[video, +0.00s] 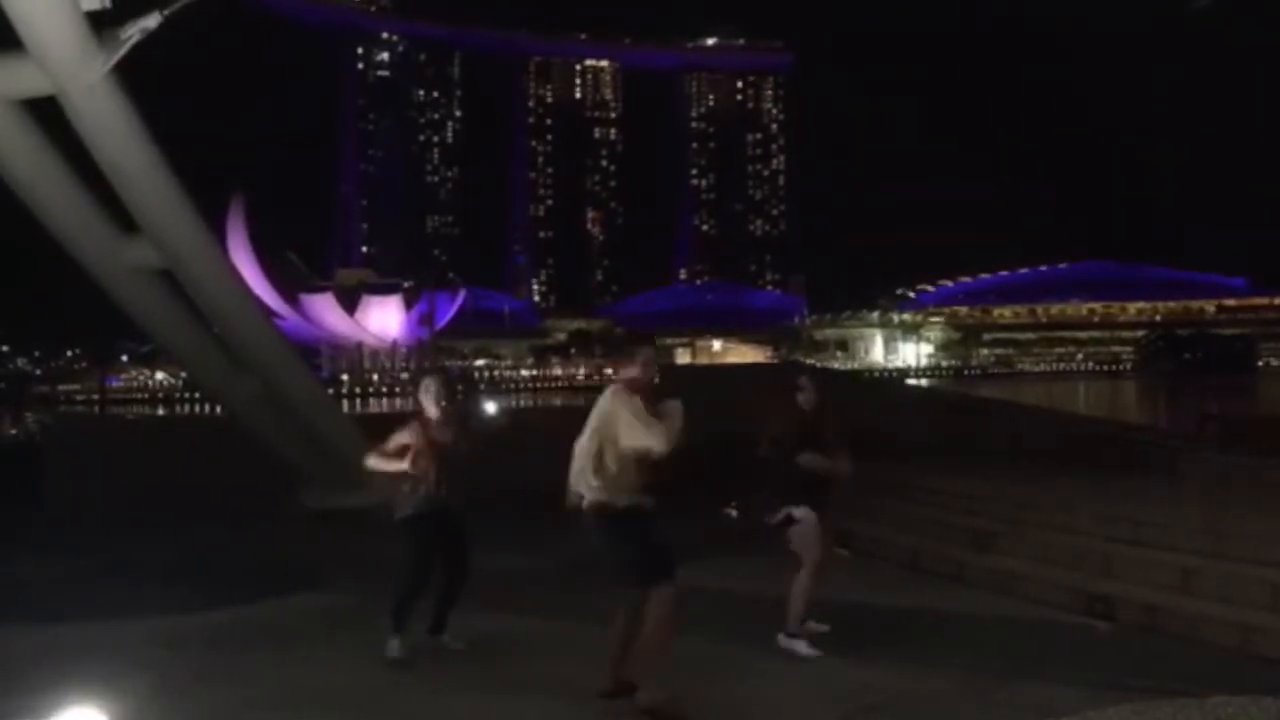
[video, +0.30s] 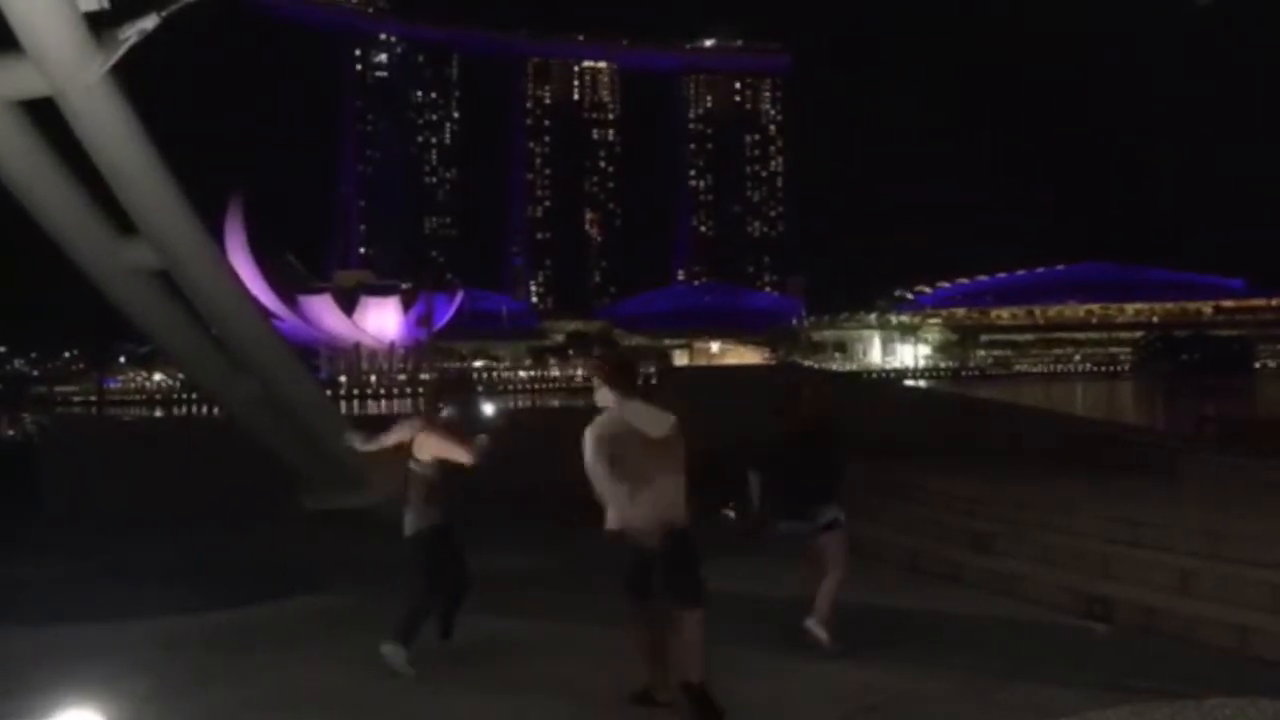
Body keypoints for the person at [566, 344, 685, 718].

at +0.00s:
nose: (650, 373)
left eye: (652, 366)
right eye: (643, 365)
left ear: (653, 371)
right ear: (625, 368)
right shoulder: (618, 399)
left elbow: (583, 447)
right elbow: (656, 444)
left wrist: (585, 489)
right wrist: (672, 413)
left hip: (629, 508)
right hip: (616, 510)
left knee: (636, 592)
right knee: (662, 586)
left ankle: (618, 677)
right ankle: (641, 679)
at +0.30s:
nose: (598, 390)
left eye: (599, 384)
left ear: (604, 387)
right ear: (636, 382)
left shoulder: (598, 431)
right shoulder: (667, 423)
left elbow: (606, 488)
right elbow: (677, 481)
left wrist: (634, 514)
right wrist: (672, 514)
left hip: (628, 532)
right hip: (674, 529)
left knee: (643, 611)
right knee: (688, 607)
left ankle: (655, 685)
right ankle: (694, 682)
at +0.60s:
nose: (598, 372)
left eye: (605, 364)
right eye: (593, 365)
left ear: (620, 370)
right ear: (587, 372)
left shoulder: (648, 409)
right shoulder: (584, 423)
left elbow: (692, 449)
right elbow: (558, 463)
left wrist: (699, 507)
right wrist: (517, 482)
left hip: (658, 515)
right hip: (618, 519)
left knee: (642, 596)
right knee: (627, 595)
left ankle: (647, 673)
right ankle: (629, 662)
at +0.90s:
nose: (628, 400)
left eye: (636, 393)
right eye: (623, 393)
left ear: (648, 397)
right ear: (613, 396)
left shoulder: (662, 442)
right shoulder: (596, 436)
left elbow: (651, 503)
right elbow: (570, 480)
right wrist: (584, 531)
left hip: (651, 529)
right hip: (606, 530)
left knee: (661, 598)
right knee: (597, 595)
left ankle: (645, 673)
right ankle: (602, 658)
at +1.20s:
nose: (606, 415)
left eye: (613, 406)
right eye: (602, 406)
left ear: (633, 404)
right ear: (599, 405)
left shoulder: (653, 438)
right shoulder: (597, 438)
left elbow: (652, 466)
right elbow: (580, 485)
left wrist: (607, 453)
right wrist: (563, 527)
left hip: (643, 543)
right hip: (600, 539)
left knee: (636, 617)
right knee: (580, 600)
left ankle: (667, 672)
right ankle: (594, 694)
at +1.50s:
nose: (610, 417)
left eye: (617, 408)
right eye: (602, 409)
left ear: (628, 408)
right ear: (591, 411)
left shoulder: (650, 423)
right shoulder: (581, 449)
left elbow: (703, 403)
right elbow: (560, 502)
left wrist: (671, 429)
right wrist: (533, 551)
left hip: (658, 522)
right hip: (611, 524)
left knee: (661, 596)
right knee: (595, 594)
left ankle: (657, 673)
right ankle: (603, 667)